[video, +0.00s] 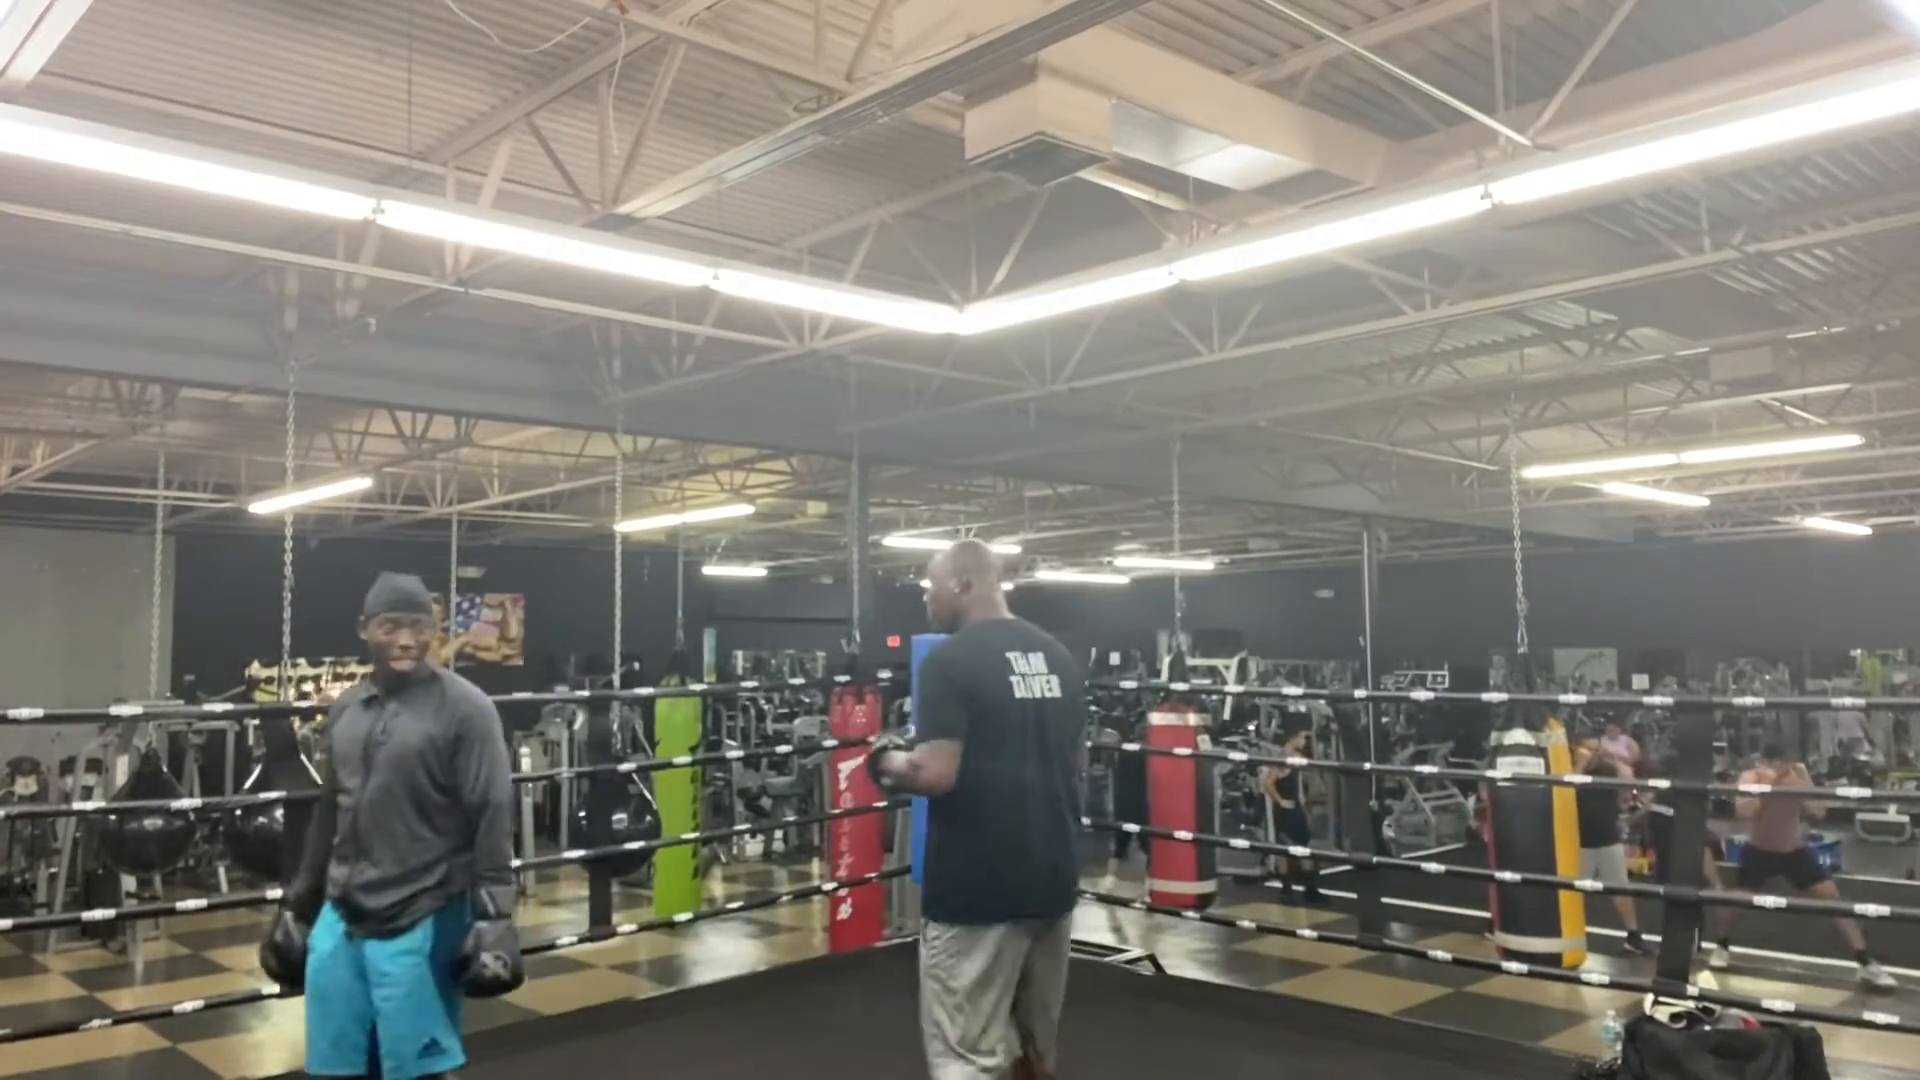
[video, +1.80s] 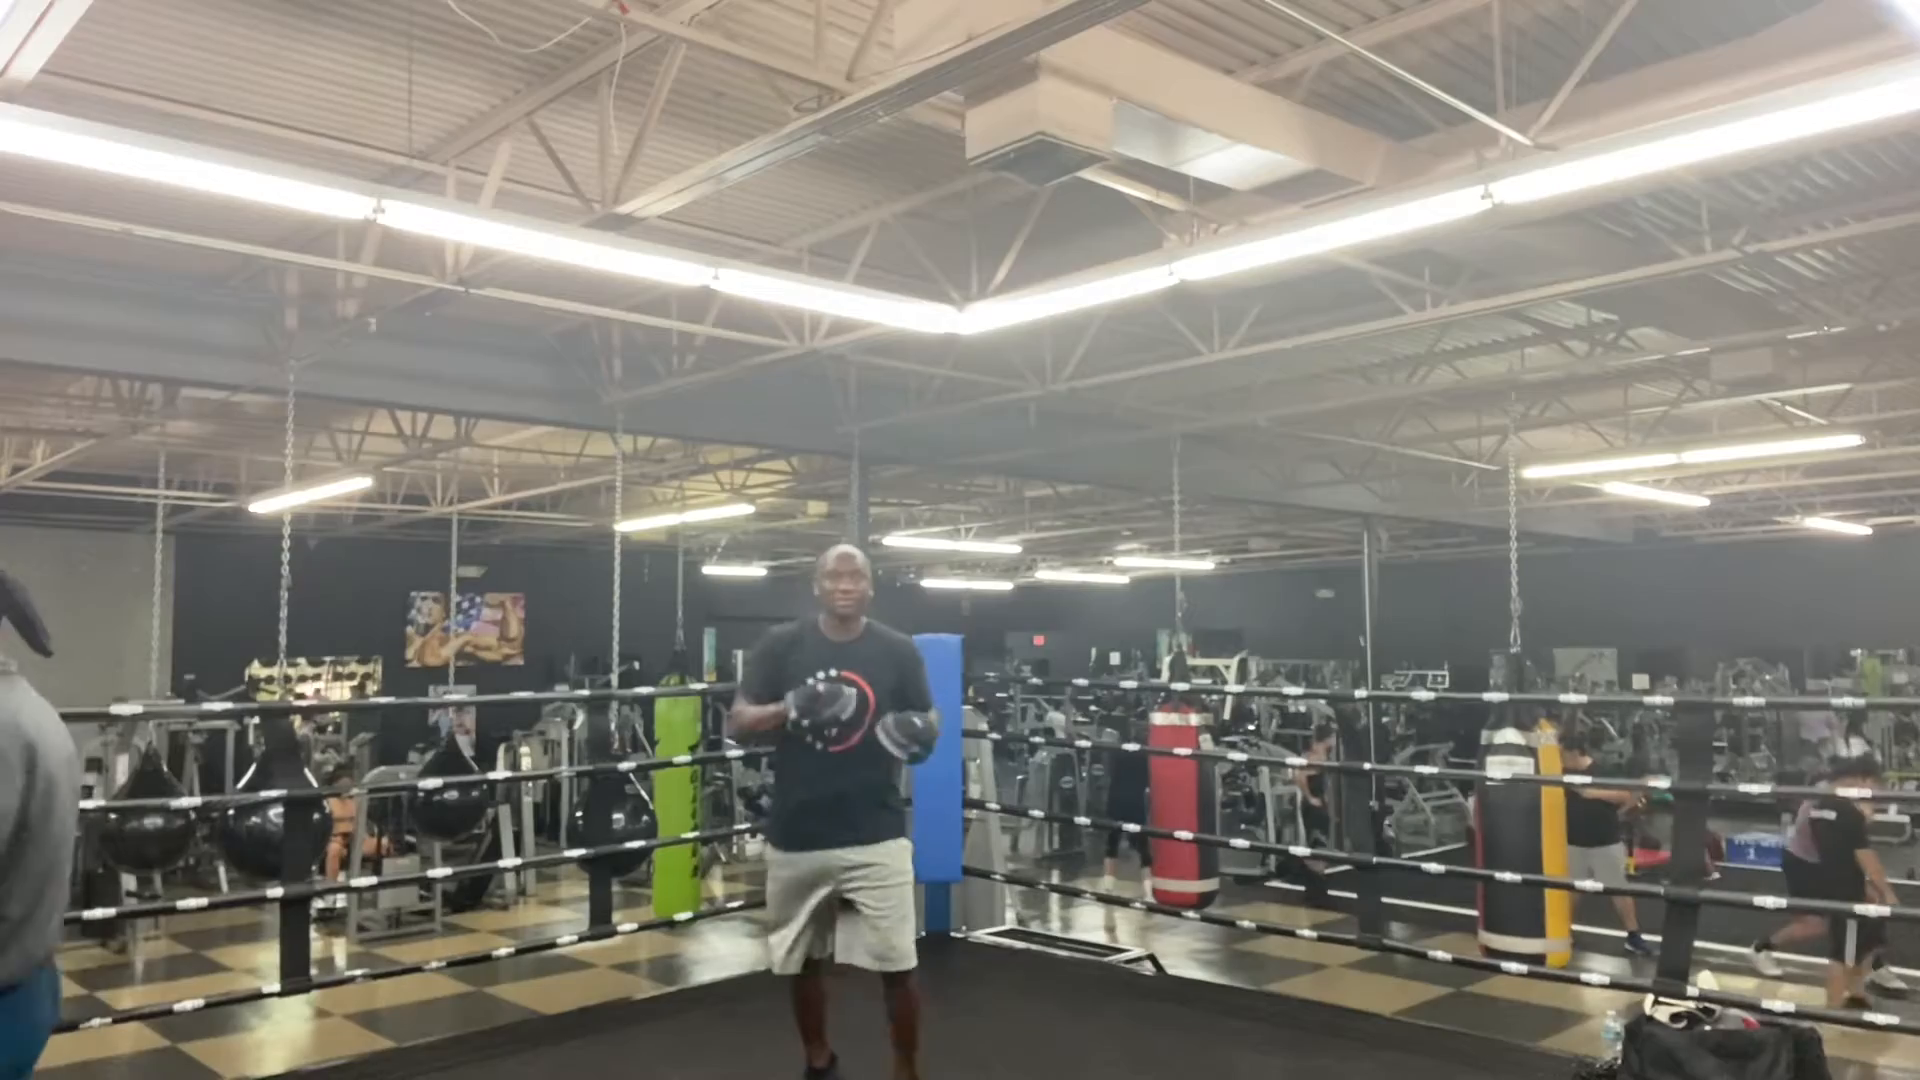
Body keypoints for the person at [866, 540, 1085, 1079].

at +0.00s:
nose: (926, 599)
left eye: (931, 587)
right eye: (927, 588)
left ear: (962, 585)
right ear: (991, 585)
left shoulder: (951, 658)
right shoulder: (1060, 657)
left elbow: (937, 773)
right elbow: (1070, 762)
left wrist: (888, 761)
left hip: (973, 888)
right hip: (1050, 880)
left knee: (965, 1057)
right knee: (1034, 1052)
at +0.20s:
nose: (903, 581)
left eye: (913, 567)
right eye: (906, 569)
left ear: (950, 571)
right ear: (965, 573)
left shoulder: (934, 646)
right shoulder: (1019, 640)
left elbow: (900, 747)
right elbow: (983, 737)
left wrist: (856, 723)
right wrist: (890, 721)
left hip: (945, 866)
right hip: (1025, 860)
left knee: (899, 1018)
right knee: (1026, 1030)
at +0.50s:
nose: (844, 592)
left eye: (855, 581)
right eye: (846, 582)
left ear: (895, 587)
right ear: (901, 589)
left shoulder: (886, 665)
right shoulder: (951, 645)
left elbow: (872, 775)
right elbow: (936, 746)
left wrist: (822, 744)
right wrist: (862, 723)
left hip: (898, 874)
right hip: (965, 864)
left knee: (863, 1013)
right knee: (968, 1013)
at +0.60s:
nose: (818, 599)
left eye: (829, 588)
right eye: (819, 588)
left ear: (870, 592)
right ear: (872, 593)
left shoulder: (871, 671)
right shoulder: (919, 647)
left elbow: (855, 776)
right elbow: (912, 740)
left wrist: (807, 745)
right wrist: (844, 715)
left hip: (878, 866)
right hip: (922, 854)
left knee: (857, 1017)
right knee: (908, 988)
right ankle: (963, 1071)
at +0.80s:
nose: (799, 595)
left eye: (809, 583)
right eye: (800, 583)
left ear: (848, 587)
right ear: (846, 589)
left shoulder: (867, 657)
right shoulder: (854, 650)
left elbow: (861, 769)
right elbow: (846, 746)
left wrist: (797, 743)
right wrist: (801, 735)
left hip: (871, 867)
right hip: (855, 861)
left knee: (861, 1017)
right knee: (856, 1010)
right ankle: (878, 1073)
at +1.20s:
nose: (802, 587)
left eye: (813, 577)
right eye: (793, 578)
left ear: (838, 584)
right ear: (784, 584)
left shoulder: (866, 649)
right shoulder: (780, 639)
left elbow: (918, 726)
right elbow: (766, 709)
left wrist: (847, 726)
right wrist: (754, 716)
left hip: (854, 840)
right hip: (794, 836)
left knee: (853, 969)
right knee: (804, 966)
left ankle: (876, 1074)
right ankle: (829, 1070)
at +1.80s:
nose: (845, 587)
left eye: (855, 577)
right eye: (835, 578)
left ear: (870, 586)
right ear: (816, 587)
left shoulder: (898, 652)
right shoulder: (781, 647)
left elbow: (927, 732)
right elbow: (737, 723)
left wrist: (919, 735)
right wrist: (790, 709)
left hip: (877, 837)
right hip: (797, 838)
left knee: (898, 964)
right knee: (802, 963)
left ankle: (907, 1070)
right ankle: (818, 1062)